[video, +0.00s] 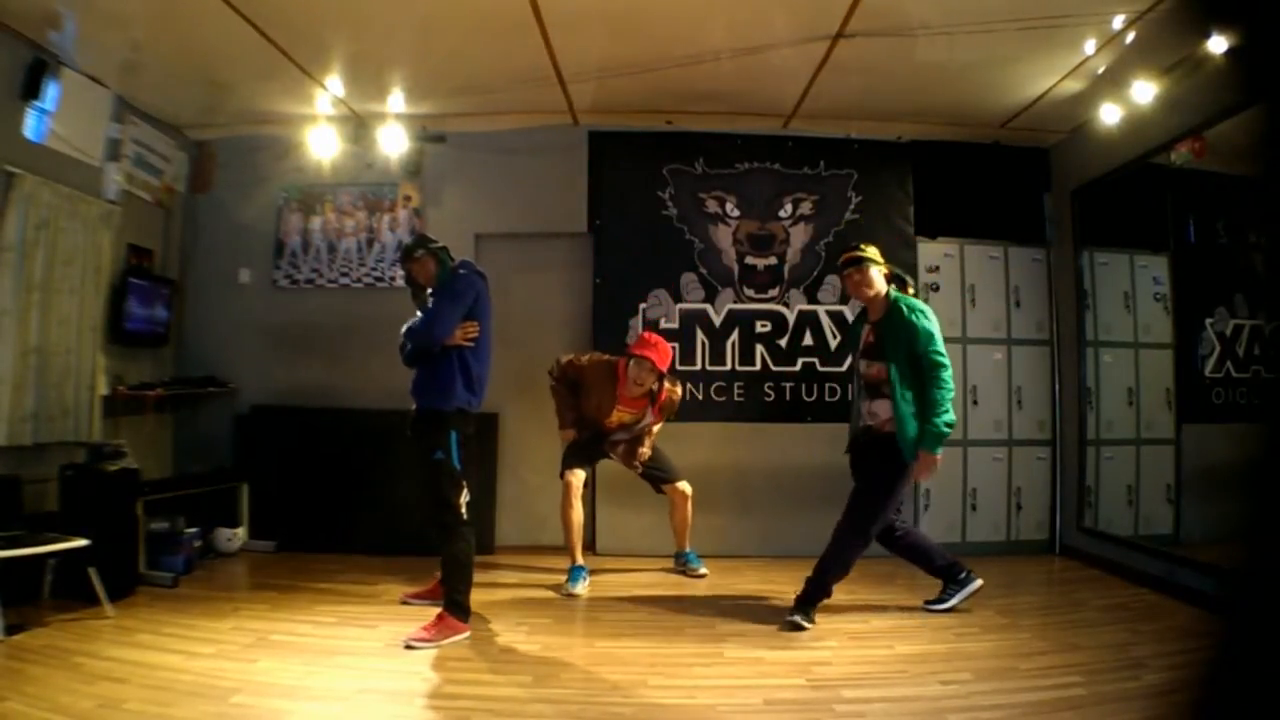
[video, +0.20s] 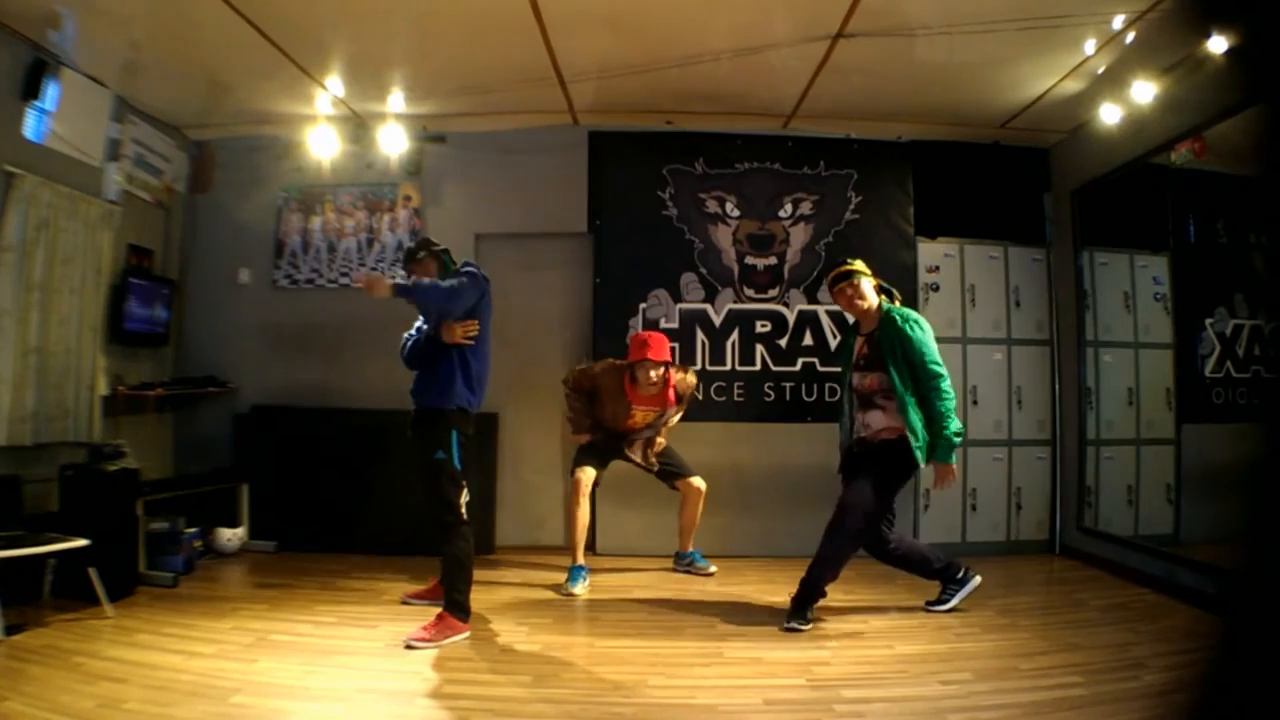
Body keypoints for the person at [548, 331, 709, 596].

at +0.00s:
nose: (641, 374)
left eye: (650, 370)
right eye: (638, 364)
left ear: (659, 375)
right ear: (628, 361)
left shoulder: (668, 393)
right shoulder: (599, 368)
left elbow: (659, 418)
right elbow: (560, 370)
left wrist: (646, 443)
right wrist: (566, 422)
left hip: (630, 439)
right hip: (589, 435)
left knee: (682, 491)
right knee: (572, 482)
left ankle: (683, 555)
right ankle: (577, 567)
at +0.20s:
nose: (651, 374)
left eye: (657, 367)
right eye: (645, 367)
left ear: (667, 367)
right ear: (632, 367)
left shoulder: (680, 383)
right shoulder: (608, 373)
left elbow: (684, 401)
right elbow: (574, 382)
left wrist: (663, 430)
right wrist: (580, 427)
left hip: (645, 439)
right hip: (604, 438)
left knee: (695, 488)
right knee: (580, 482)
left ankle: (685, 554)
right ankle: (578, 567)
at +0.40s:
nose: (669, 367)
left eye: (673, 359)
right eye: (661, 361)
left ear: (682, 358)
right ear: (650, 363)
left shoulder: (697, 374)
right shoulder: (630, 374)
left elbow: (702, 396)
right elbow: (593, 387)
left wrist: (679, 428)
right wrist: (599, 428)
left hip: (660, 439)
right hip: (620, 438)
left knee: (710, 487)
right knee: (596, 479)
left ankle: (687, 554)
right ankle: (578, 567)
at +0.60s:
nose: (688, 363)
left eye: (692, 355)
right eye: (680, 358)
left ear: (703, 351)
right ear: (670, 359)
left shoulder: (717, 372)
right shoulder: (652, 372)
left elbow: (714, 404)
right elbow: (616, 391)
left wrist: (694, 427)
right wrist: (615, 430)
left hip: (672, 440)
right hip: (636, 438)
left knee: (720, 489)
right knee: (604, 483)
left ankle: (688, 554)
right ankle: (579, 567)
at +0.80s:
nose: (706, 360)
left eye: (710, 352)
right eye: (698, 354)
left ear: (719, 351)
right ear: (686, 356)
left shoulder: (725, 380)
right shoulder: (663, 368)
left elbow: (718, 410)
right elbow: (625, 393)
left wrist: (698, 429)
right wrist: (624, 428)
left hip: (678, 442)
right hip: (641, 439)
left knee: (722, 489)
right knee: (607, 485)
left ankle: (687, 554)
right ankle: (579, 567)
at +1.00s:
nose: (714, 354)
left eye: (720, 349)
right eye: (708, 348)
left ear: (728, 350)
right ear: (695, 345)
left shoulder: (727, 376)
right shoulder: (667, 361)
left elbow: (717, 409)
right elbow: (626, 387)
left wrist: (702, 428)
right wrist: (626, 421)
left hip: (677, 440)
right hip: (640, 436)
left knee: (720, 487)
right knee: (607, 483)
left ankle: (687, 554)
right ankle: (580, 566)